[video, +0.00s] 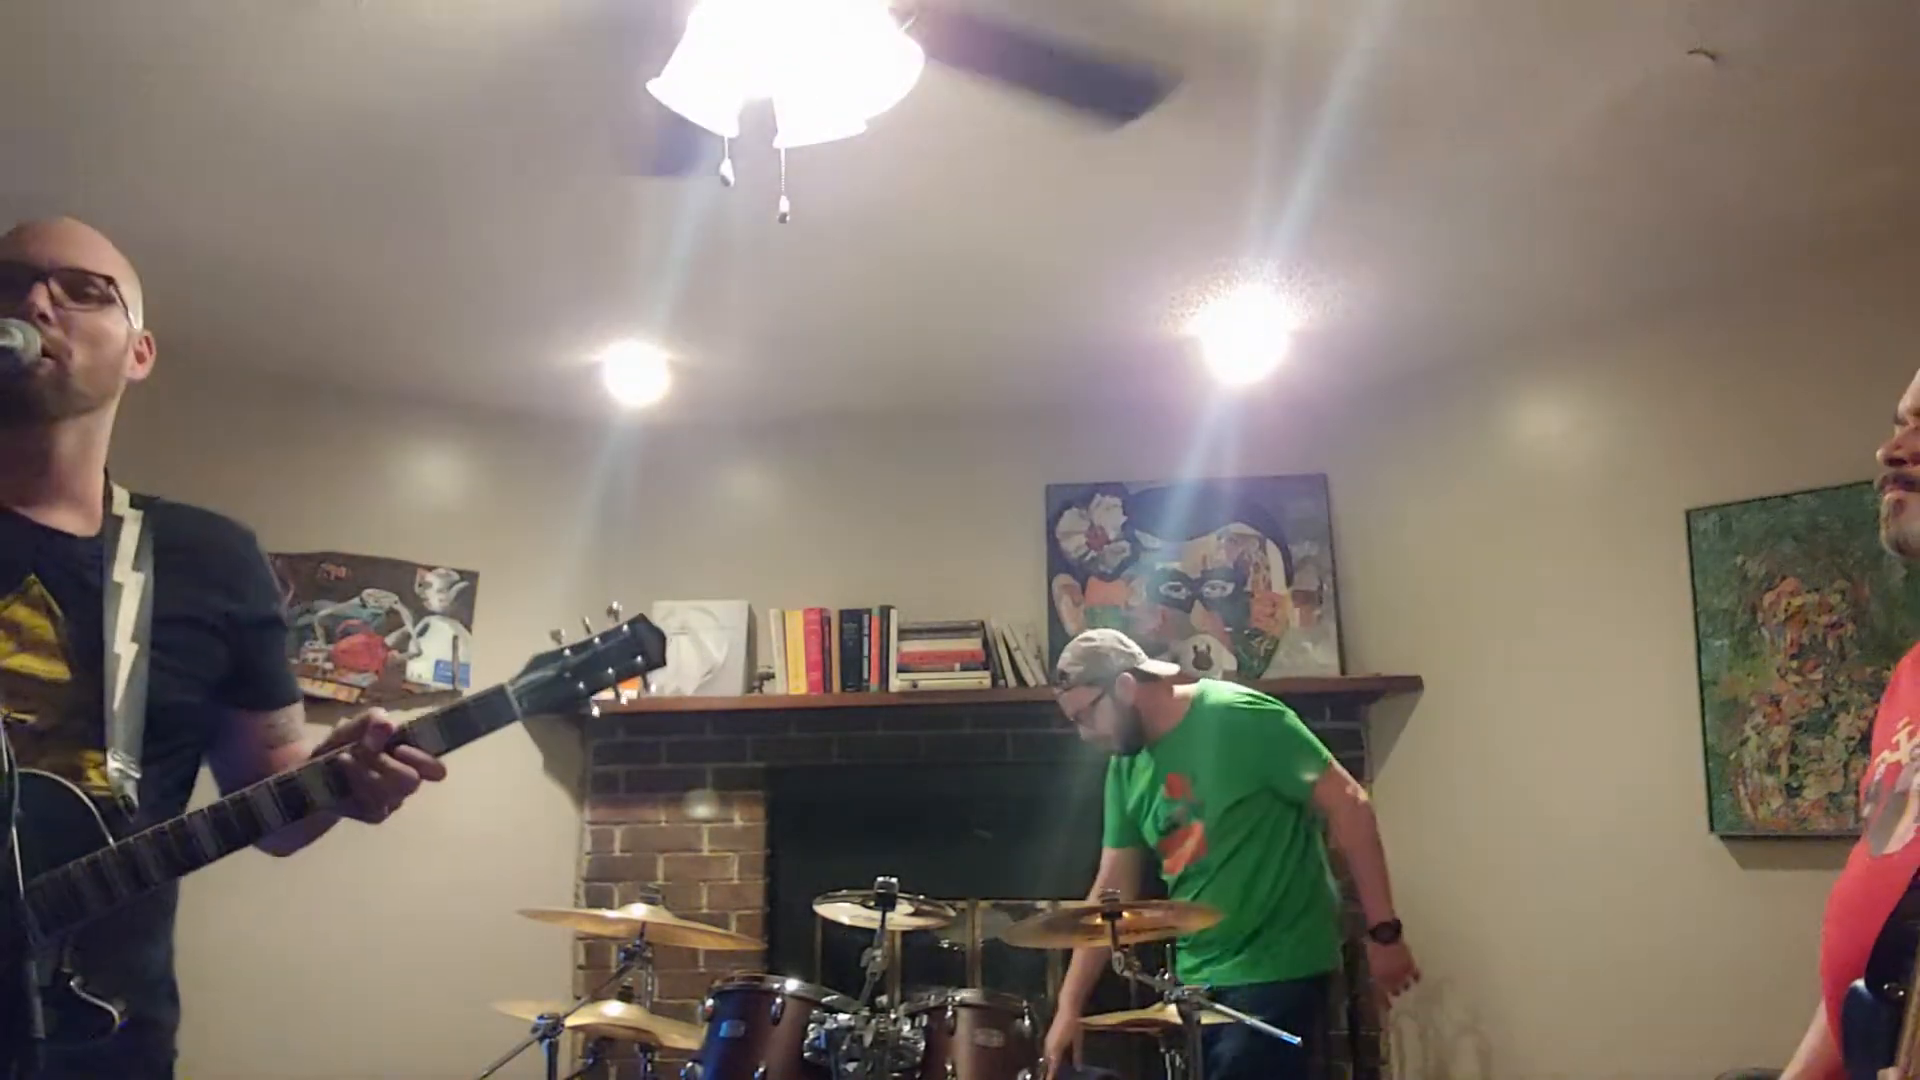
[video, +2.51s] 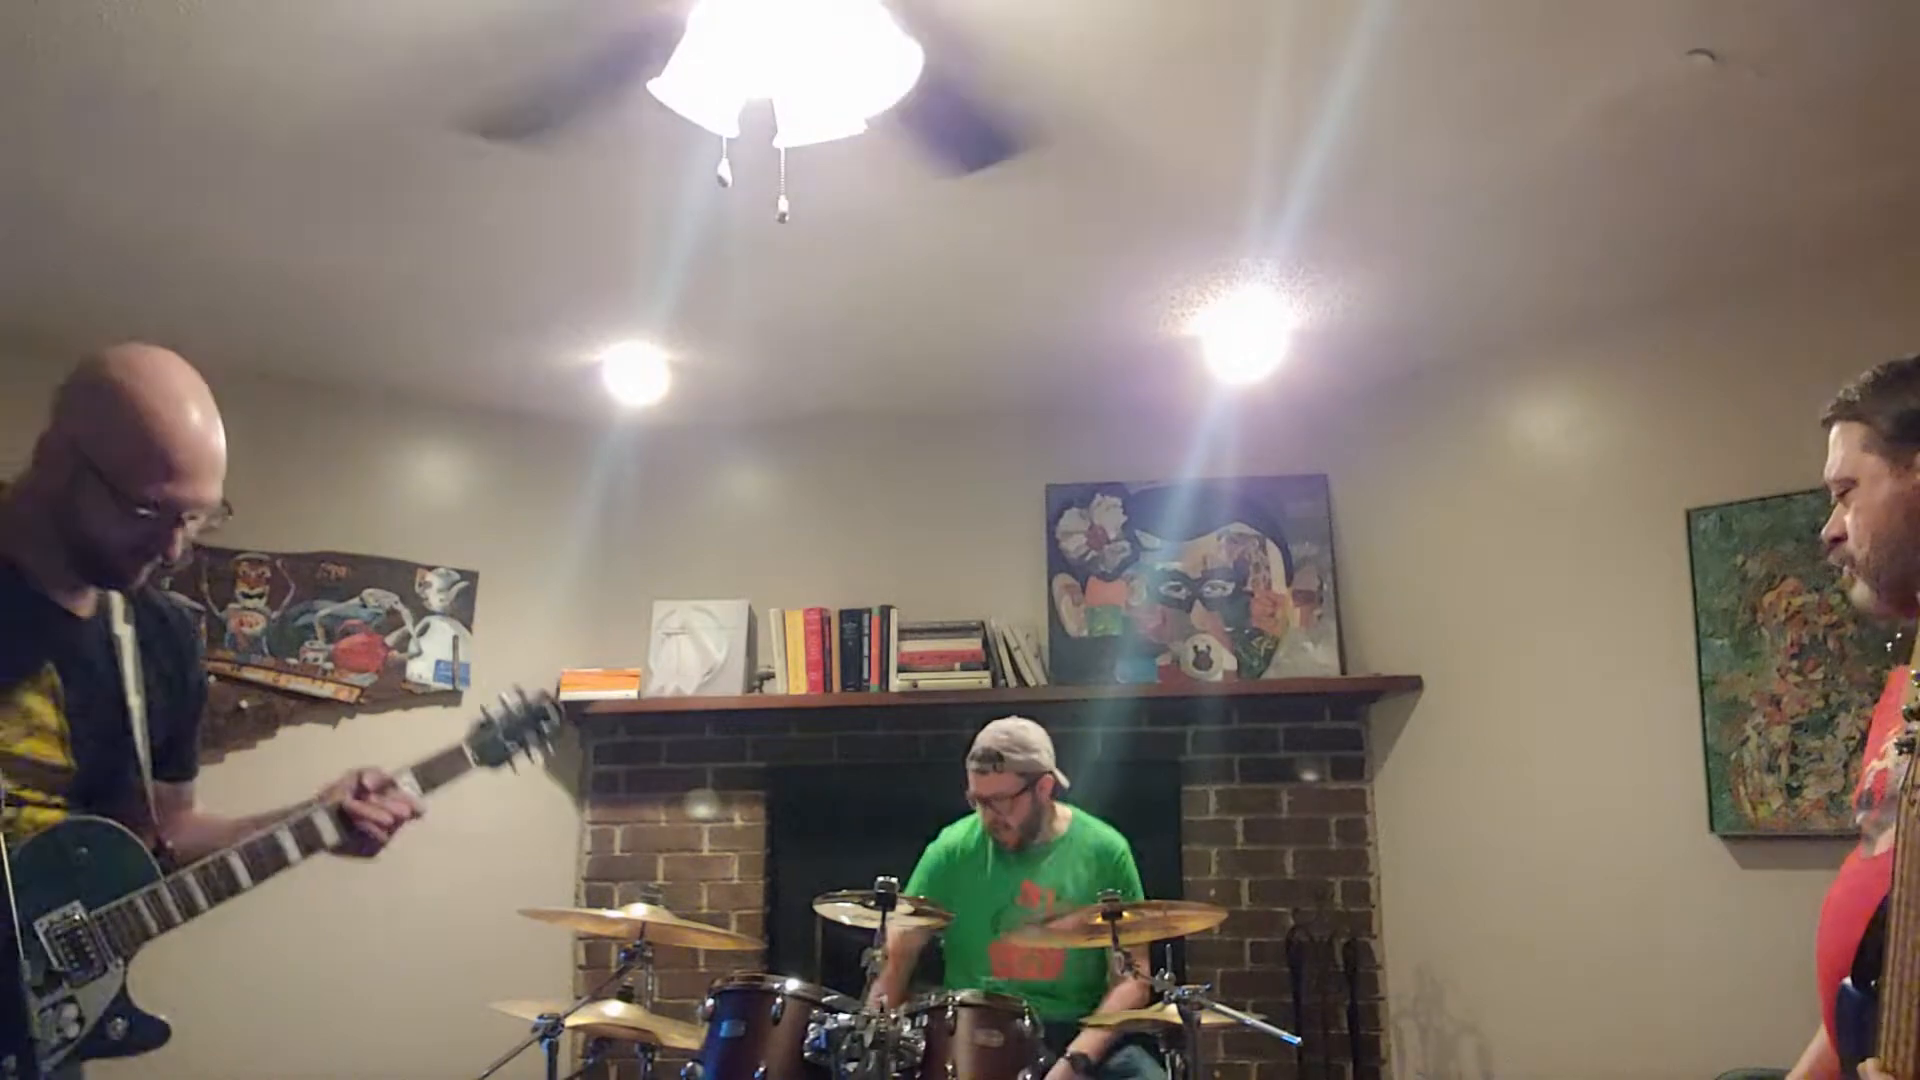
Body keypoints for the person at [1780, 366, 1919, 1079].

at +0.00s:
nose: (1894, 448)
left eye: (1919, 428)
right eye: (1898, 425)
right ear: (1892, 439)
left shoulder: (1911, 670)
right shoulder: (1909, 670)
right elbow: (1877, 889)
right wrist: (1808, 1064)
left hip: (1901, 1053)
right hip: (1858, 1045)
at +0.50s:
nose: (1872, 459)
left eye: (1906, 430)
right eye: (1877, 433)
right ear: (1874, 447)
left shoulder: (1906, 673)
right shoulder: (1904, 675)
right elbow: (1877, 904)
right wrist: (1813, 1065)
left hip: (1901, 1052)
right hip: (1860, 1045)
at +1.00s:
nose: (1869, 465)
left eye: (1905, 435)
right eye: (1875, 438)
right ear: (1874, 450)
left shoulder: (1908, 674)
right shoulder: (1905, 677)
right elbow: (1877, 910)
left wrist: (1820, 1061)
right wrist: (1814, 1065)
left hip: (1902, 1051)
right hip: (1863, 1047)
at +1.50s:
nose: (1849, 500)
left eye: (1874, 464)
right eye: (1855, 470)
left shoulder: (1910, 674)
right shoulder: (1908, 674)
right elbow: (1879, 906)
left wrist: (1816, 1065)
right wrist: (1811, 1068)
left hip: (1900, 1055)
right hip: (1860, 1049)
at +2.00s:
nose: (1835, 521)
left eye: (1852, 484)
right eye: (1838, 491)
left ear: (1918, 476)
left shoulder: (1907, 686)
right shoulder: (1902, 686)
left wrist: (1835, 1063)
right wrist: (1826, 1060)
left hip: (1892, 1050)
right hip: (1866, 1043)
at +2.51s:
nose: (1830, 532)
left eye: (1847, 492)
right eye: (1832, 500)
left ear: (1914, 477)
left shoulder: (1906, 685)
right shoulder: (1901, 686)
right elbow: (1883, 916)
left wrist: (1829, 1061)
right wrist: (1815, 1062)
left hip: (1898, 1050)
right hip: (1861, 1045)